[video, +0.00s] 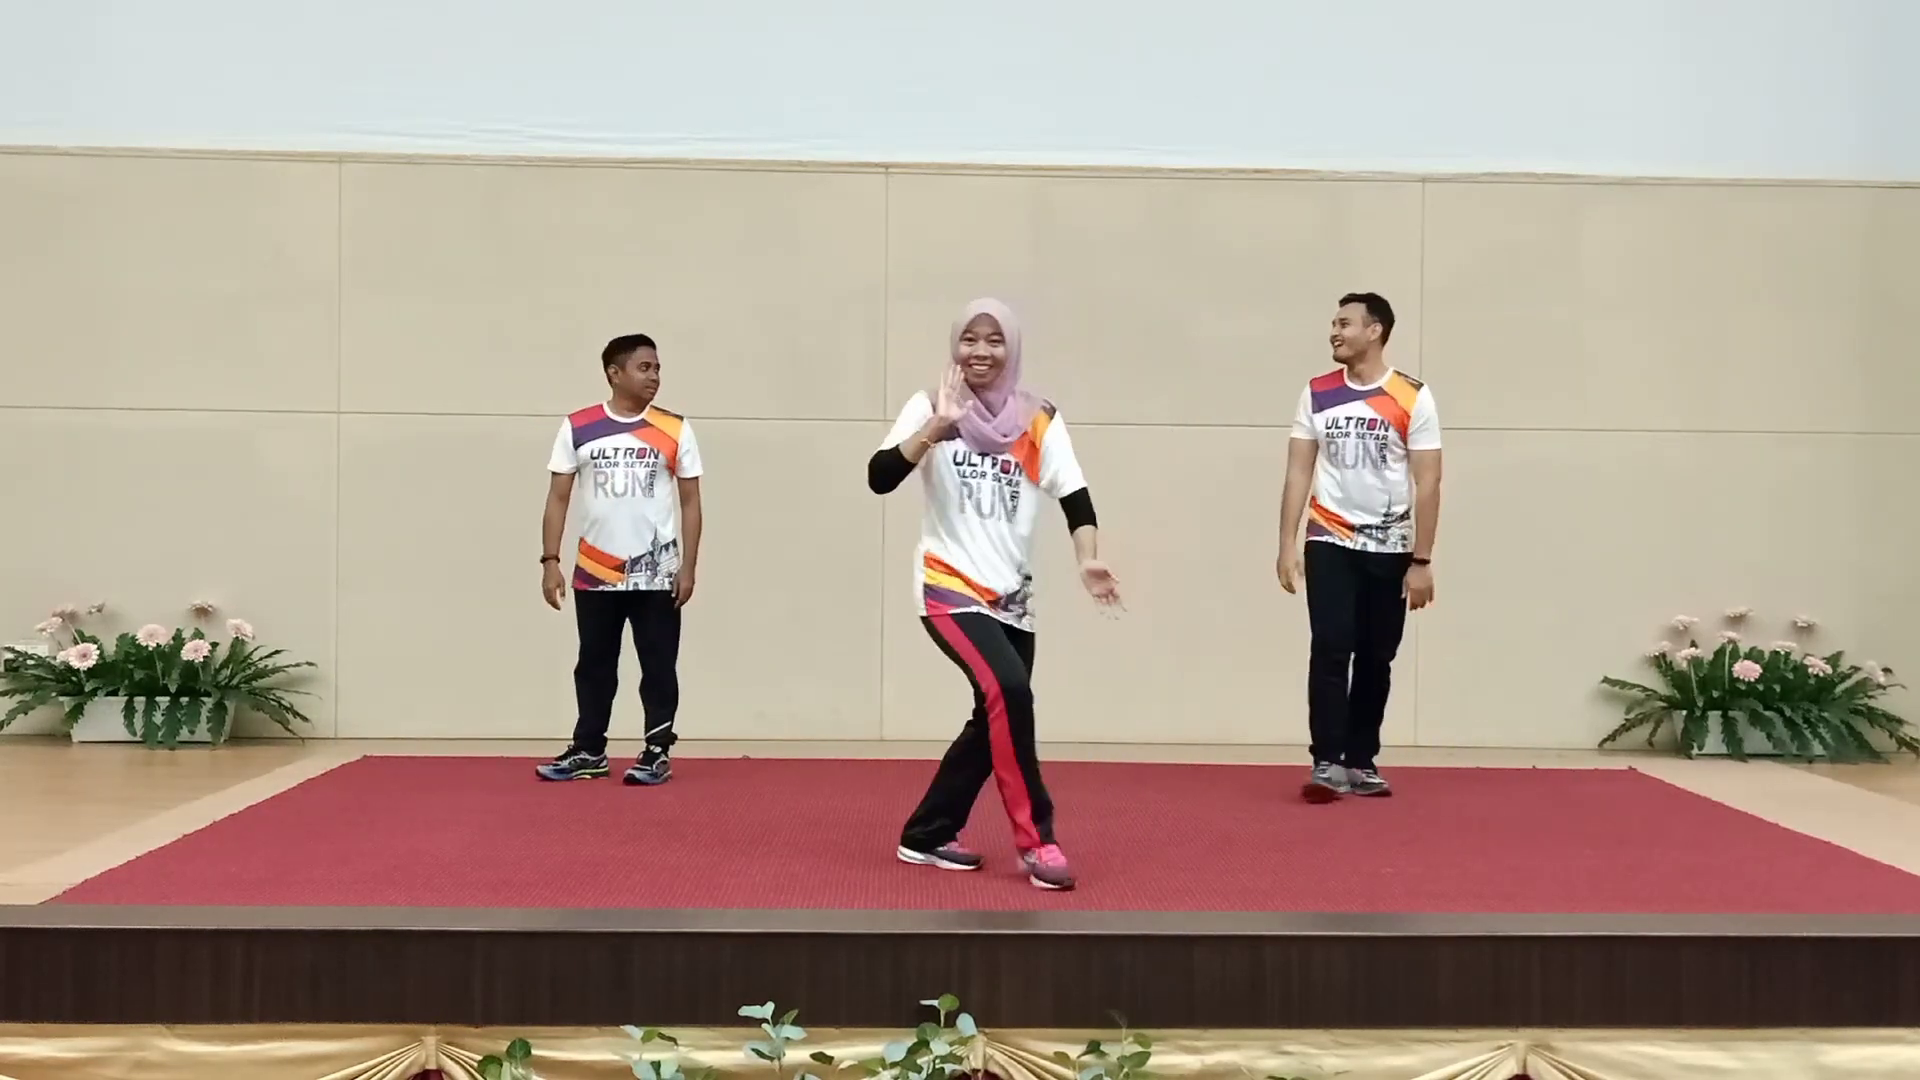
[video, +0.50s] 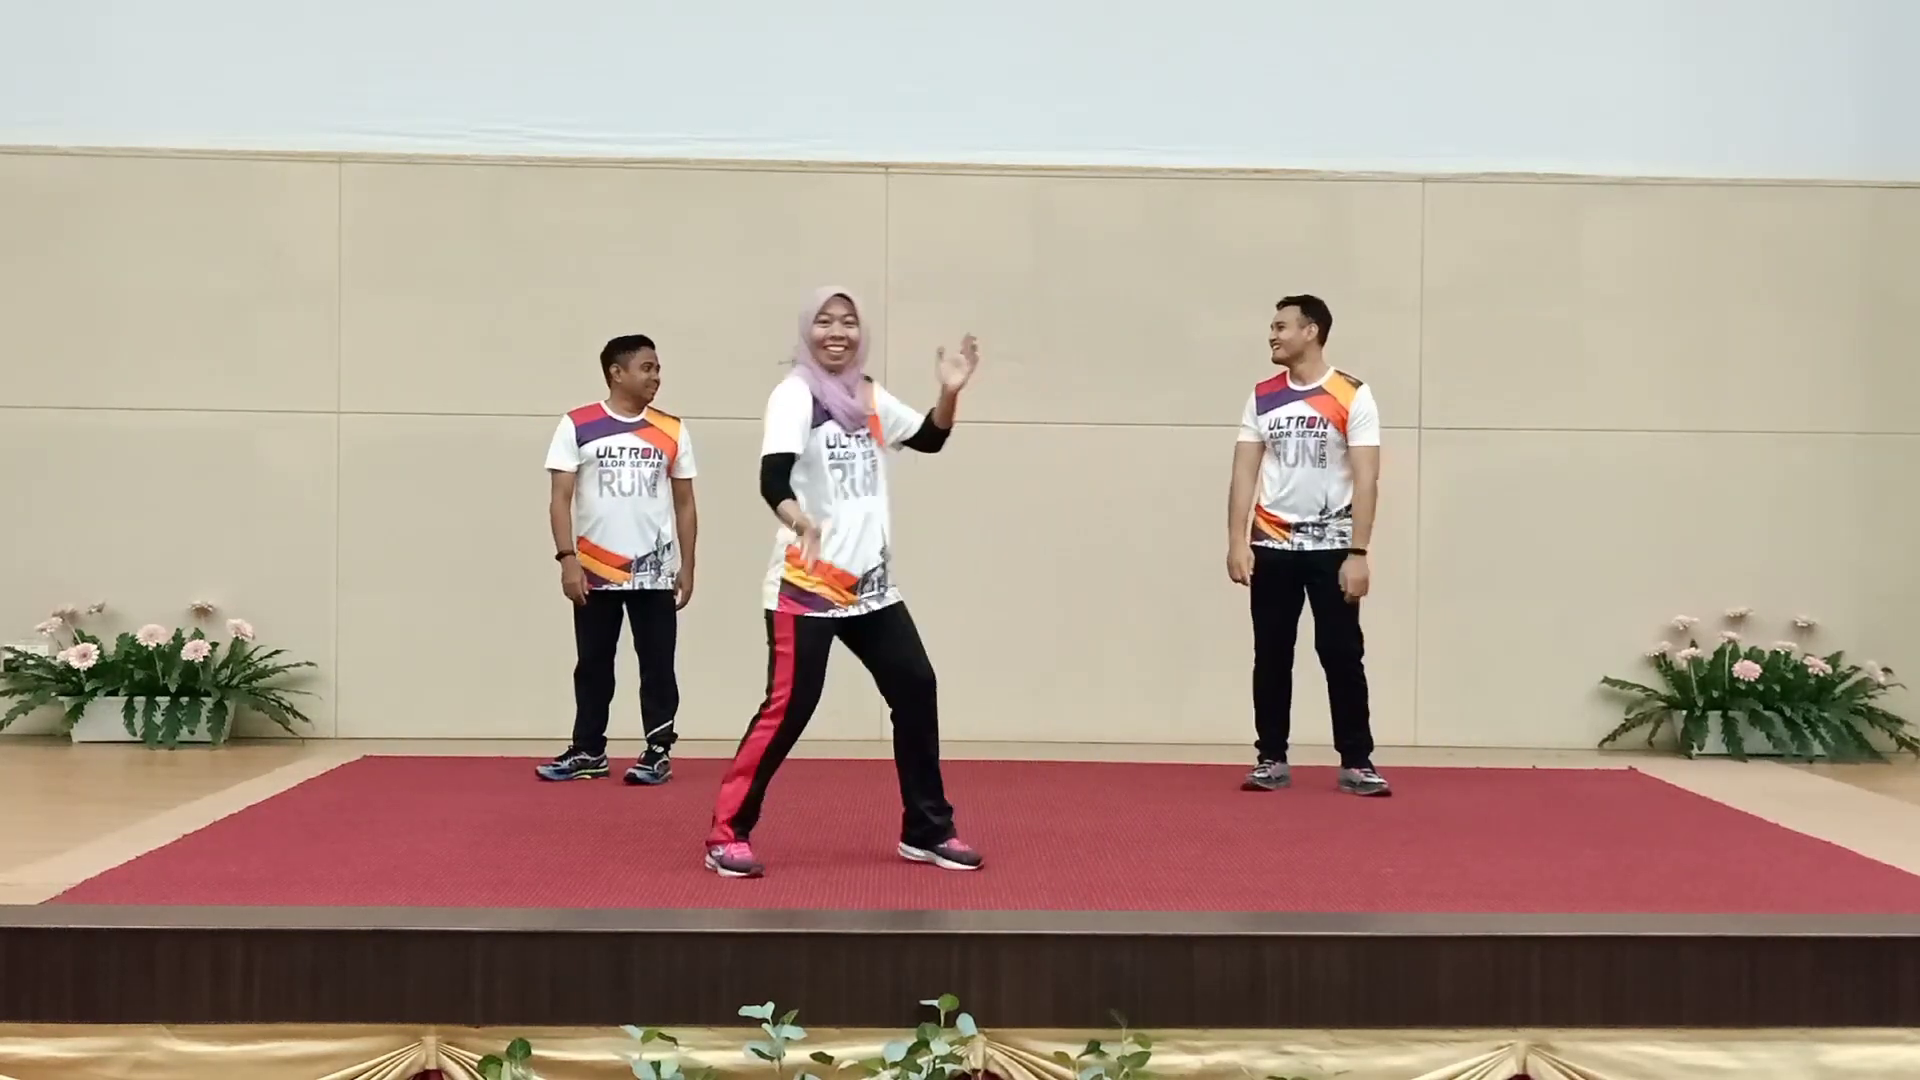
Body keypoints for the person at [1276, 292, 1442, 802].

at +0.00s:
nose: (1334, 332)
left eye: (1344, 324)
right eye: (1334, 324)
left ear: (1377, 331)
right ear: (1340, 332)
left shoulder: (1414, 398)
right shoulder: (1318, 394)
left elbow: (1428, 483)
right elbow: (1299, 470)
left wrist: (1422, 560)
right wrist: (1288, 542)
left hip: (1389, 549)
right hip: (1329, 542)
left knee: (1375, 661)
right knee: (1330, 650)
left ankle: (1360, 762)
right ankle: (1326, 761)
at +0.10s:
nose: (1321, 333)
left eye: (1331, 326)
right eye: (1321, 326)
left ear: (1363, 331)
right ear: (1331, 333)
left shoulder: (1404, 398)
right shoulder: (1306, 394)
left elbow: (1424, 480)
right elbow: (1292, 474)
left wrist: (1420, 554)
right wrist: (1283, 547)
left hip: (1380, 551)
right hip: (1317, 545)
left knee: (1370, 661)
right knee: (1305, 646)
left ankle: (1359, 763)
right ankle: (1298, 759)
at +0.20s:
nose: (1314, 334)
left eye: (1324, 326)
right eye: (1314, 326)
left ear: (1356, 331)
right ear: (1324, 333)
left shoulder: (1397, 398)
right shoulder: (1300, 395)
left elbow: (1418, 479)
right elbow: (1287, 477)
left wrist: (1419, 555)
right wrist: (1276, 548)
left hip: (1375, 550)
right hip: (1311, 544)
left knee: (1368, 660)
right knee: (1296, 647)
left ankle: (1359, 763)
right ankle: (1285, 758)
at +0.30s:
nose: (1298, 334)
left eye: (1308, 326)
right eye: (1299, 326)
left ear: (1340, 332)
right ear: (1313, 333)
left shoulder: (1380, 396)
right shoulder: (1284, 395)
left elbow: (1399, 479)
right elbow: (1270, 474)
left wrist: (1404, 554)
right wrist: (1262, 546)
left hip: (1360, 553)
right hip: (1296, 550)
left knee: (1360, 663)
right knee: (1283, 659)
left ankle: (1358, 764)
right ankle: (1273, 760)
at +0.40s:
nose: (1285, 333)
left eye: (1295, 325)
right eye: (1285, 325)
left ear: (1326, 331)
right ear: (1302, 333)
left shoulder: (1365, 395)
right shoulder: (1272, 394)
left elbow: (1382, 480)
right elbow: (1256, 472)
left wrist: (1385, 554)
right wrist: (1250, 542)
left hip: (1348, 550)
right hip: (1284, 548)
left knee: (1352, 659)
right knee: (1279, 658)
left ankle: (1357, 764)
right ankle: (1272, 760)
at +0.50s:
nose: (1272, 336)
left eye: (1282, 328)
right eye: (1273, 328)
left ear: (1313, 333)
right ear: (1295, 335)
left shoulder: (1353, 396)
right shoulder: (1262, 396)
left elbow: (1366, 480)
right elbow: (1245, 472)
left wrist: (1359, 552)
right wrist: (1237, 541)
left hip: (1332, 550)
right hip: (1271, 548)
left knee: (1343, 658)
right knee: (1271, 658)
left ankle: (1357, 763)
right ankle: (1271, 760)